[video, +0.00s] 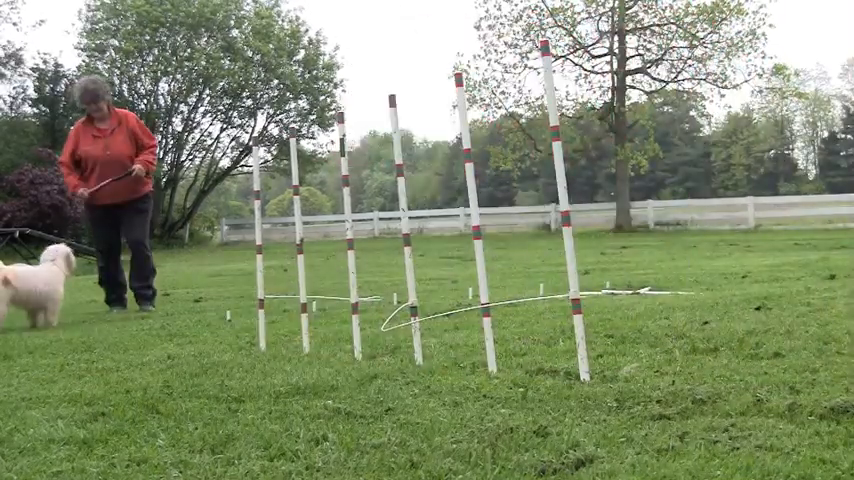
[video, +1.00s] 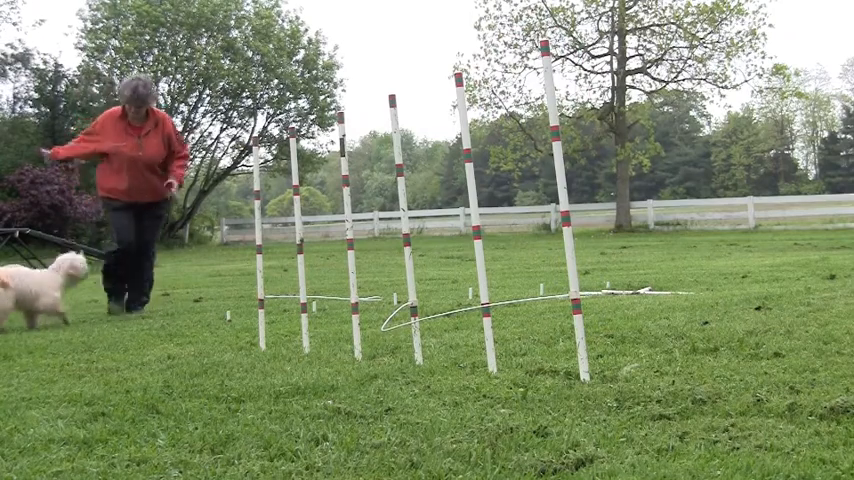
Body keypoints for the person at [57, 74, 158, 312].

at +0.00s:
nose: (94, 110)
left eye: (97, 104)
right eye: (89, 106)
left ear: (107, 98)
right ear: (83, 105)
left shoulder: (128, 120)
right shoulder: (78, 131)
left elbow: (150, 146)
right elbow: (66, 164)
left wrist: (143, 163)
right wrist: (77, 186)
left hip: (135, 197)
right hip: (99, 202)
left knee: (139, 245)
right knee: (106, 253)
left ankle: (145, 298)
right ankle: (116, 302)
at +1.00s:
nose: (134, 112)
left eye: (139, 107)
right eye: (130, 106)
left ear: (149, 104)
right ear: (124, 102)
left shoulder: (163, 122)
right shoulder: (110, 120)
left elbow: (180, 153)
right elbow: (86, 143)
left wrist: (175, 176)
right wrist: (56, 153)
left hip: (153, 199)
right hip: (118, 198)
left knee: (145, 251)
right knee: (126, 246)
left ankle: (137, 304)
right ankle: (115, 295)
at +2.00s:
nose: (259, 76)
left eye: (264, 71)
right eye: (253, 71)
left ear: (271, 72)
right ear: (243, 72)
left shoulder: (277, 105)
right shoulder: (228, 100)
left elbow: (283, 145)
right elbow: (211, 143)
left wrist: (293, 164)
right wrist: (208, 185)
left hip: (263, 193)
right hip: (231, 193)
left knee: (258, 255)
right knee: (243, 248)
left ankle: (246, 313)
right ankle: (216, 294)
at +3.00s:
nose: (437, 36)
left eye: (443, 30)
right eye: (431, 31)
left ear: (451, 32)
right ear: (420, 33)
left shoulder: (464, 68)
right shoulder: (405, 73)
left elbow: (480, 112)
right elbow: (393, 126)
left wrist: (492, 138)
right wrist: (402, 171)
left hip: (455, 171)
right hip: (420, 172)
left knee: (451, 240)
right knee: (446, 230)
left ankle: (441, 313)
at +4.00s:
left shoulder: (643, 20)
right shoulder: (565, 25)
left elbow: (666, 72)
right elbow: (544, 90)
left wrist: (674, 105)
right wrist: (542, 146)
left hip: (634, 149)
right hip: (584, 149)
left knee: (634, 234)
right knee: (602, 225)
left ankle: (630, 316)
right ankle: (594, 305)